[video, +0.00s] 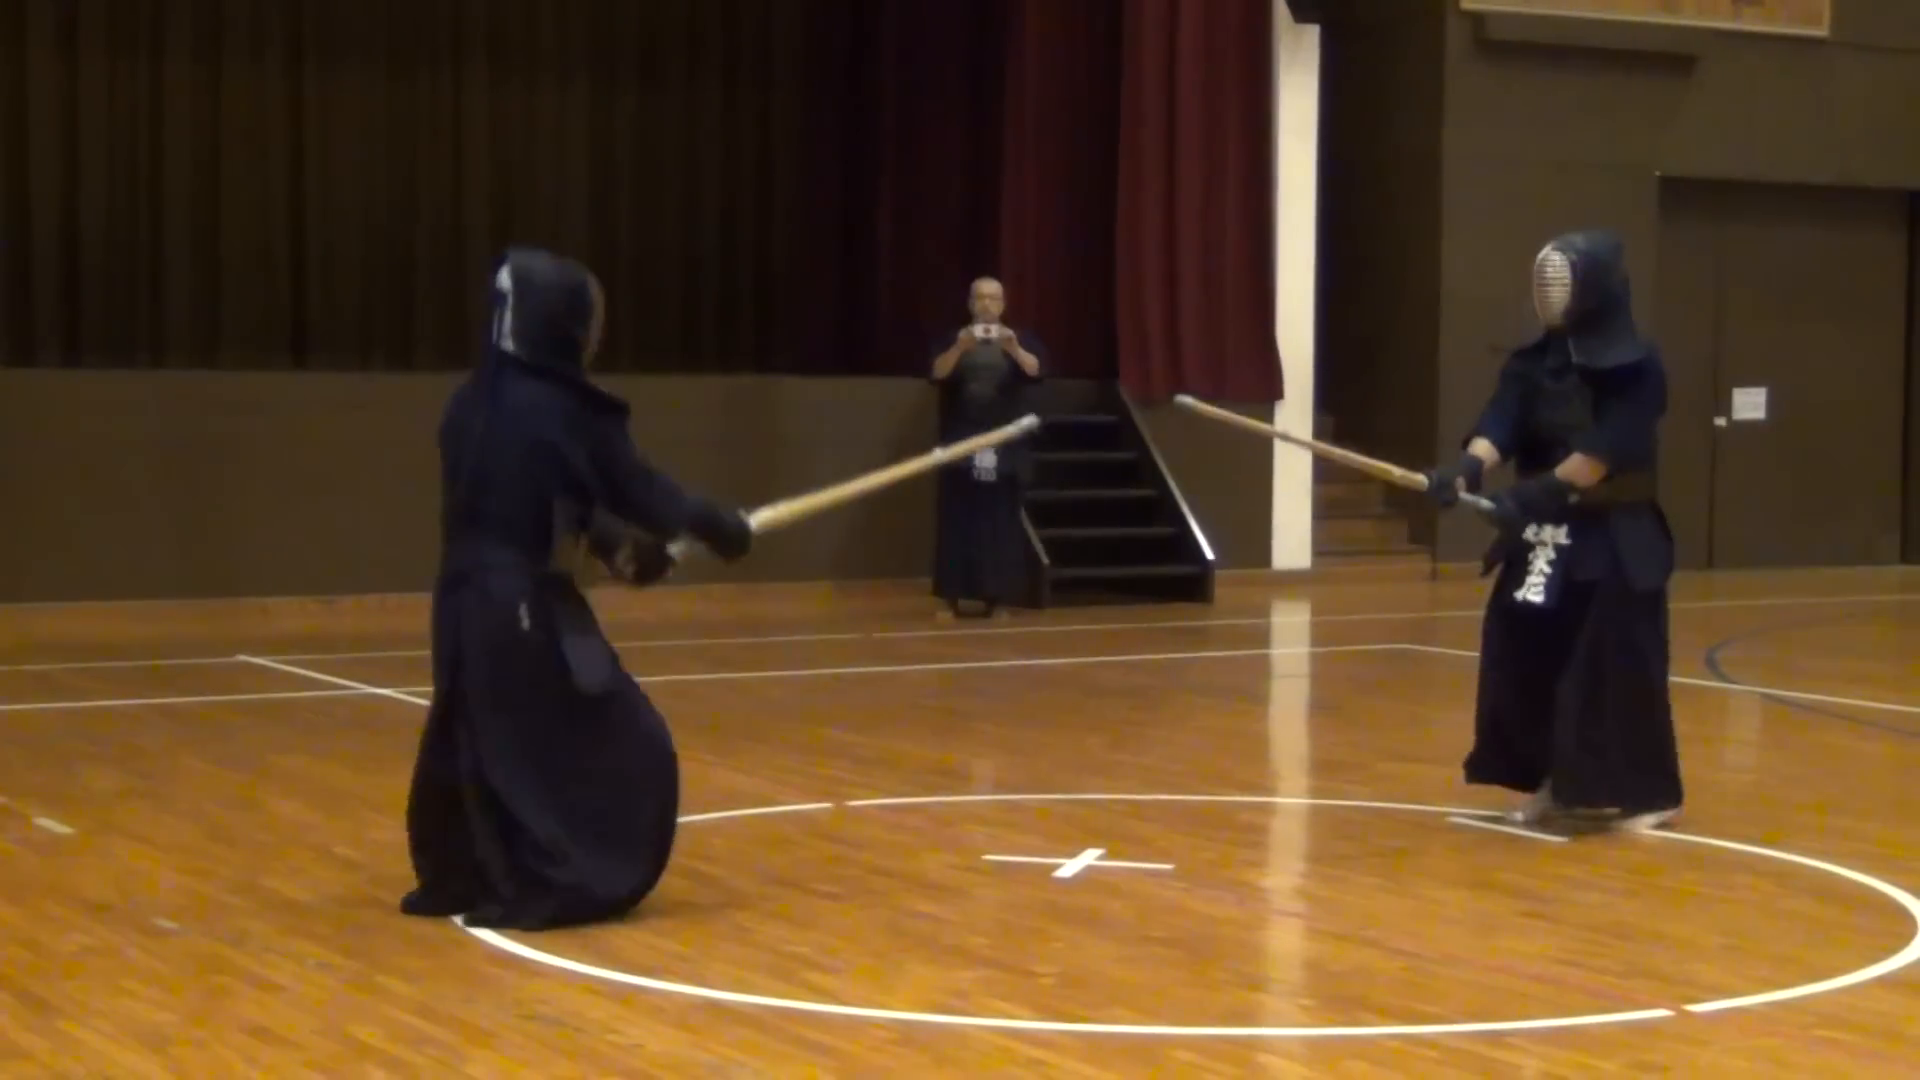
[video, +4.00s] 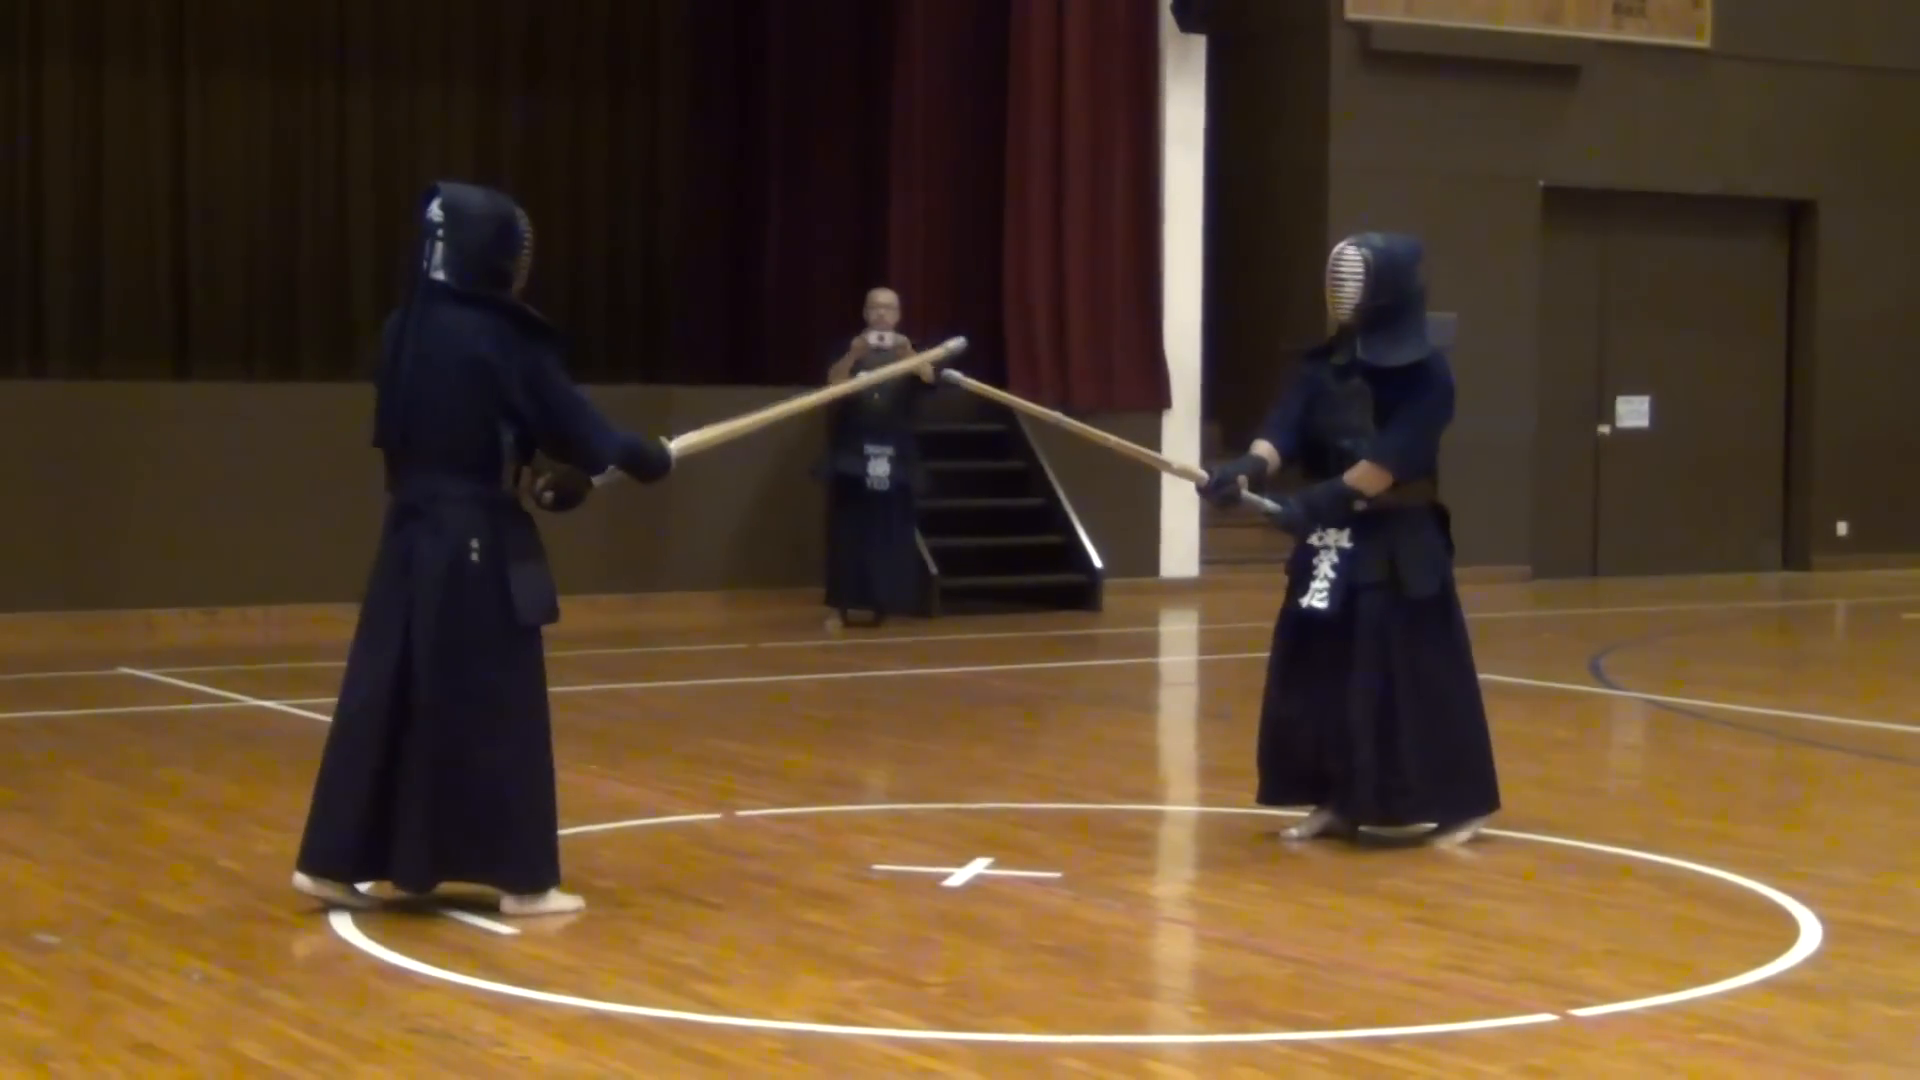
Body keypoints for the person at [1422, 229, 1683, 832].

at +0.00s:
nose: (1547, 295)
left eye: (1560, 284)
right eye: (1543, 283)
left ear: (1595, 287)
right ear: (1540, 287)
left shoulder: (1631, 364)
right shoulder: (1533, 360)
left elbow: (1604, 454)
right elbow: (1501, 423)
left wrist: (1532, 495)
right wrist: (1467, 466)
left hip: (1618, 530)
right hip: (1548, 527)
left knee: (1615, 656)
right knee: (1533, 649)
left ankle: (1649, 792)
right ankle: (1562, 782)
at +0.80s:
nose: (1516, 299)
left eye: (1529, 288)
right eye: (1513, 286)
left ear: (1564, 292)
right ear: (1509, 289)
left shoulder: (1596, 373)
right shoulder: (1495, 364)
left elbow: (1569, 459)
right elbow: (1462, 428)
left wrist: (1490, 499)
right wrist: (1425, 464)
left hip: (1574, 538)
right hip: (1498, 533)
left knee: (1584, 666)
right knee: (1471, 661)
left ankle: (1619, 797)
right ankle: (1472, 797)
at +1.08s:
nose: (1460, 291)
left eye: (1474, 279)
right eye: (1457, 279)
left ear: (1508, 286)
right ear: (1452, 284)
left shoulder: (1540, 368)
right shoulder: (1436, 360)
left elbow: (1507, 455)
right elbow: (1402, 422)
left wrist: (1429, 493)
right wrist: (1368, 459)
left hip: (1518, 531)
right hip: (1446, 527)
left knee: (1530, 660)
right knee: (1444, 658)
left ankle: (1574, 796)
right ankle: (1462, 798)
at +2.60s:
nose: (1383, 298)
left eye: (1396, 287)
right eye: (1381, 286)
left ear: (1430, 292)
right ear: (1378, 290)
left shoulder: (1464, 371)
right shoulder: (1362, 364)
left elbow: (1434, 459)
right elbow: (1326, 426)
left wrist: (1361, 501)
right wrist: (1296, 469)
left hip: (1442, 535)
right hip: (1370, 531)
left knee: (1451, 665)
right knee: (1362, 664)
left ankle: (1491, 804)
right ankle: (1369, 802)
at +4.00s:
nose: (1340, 297)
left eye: (1354, 285)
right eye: (1338, 283)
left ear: (1388, 290)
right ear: (1336, 288)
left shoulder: (1423, 373)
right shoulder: (1323, 364)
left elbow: (1390, 463)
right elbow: (1285, 426)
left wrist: (1315, 503)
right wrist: (1250, 467)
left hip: (1402, 536)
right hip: (1333, 531)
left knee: (1417, 667)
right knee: (1326, 664)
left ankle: (1457, 801)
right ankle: (1333, 799)